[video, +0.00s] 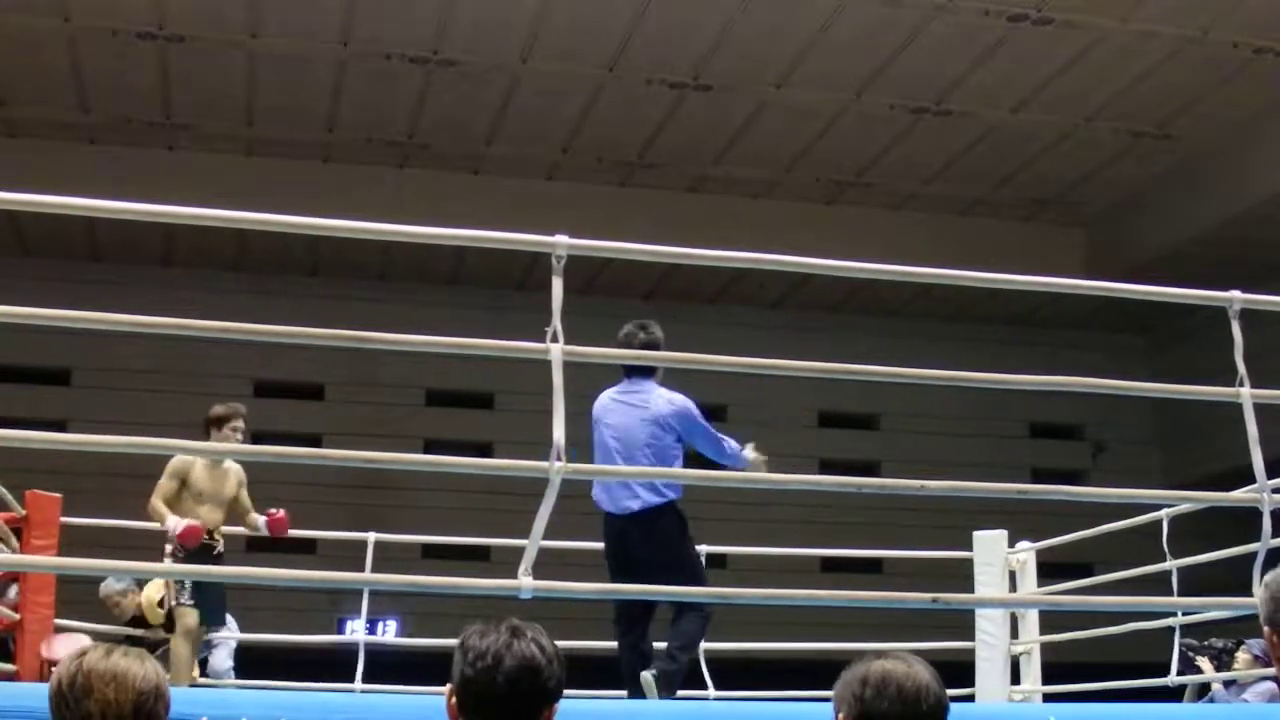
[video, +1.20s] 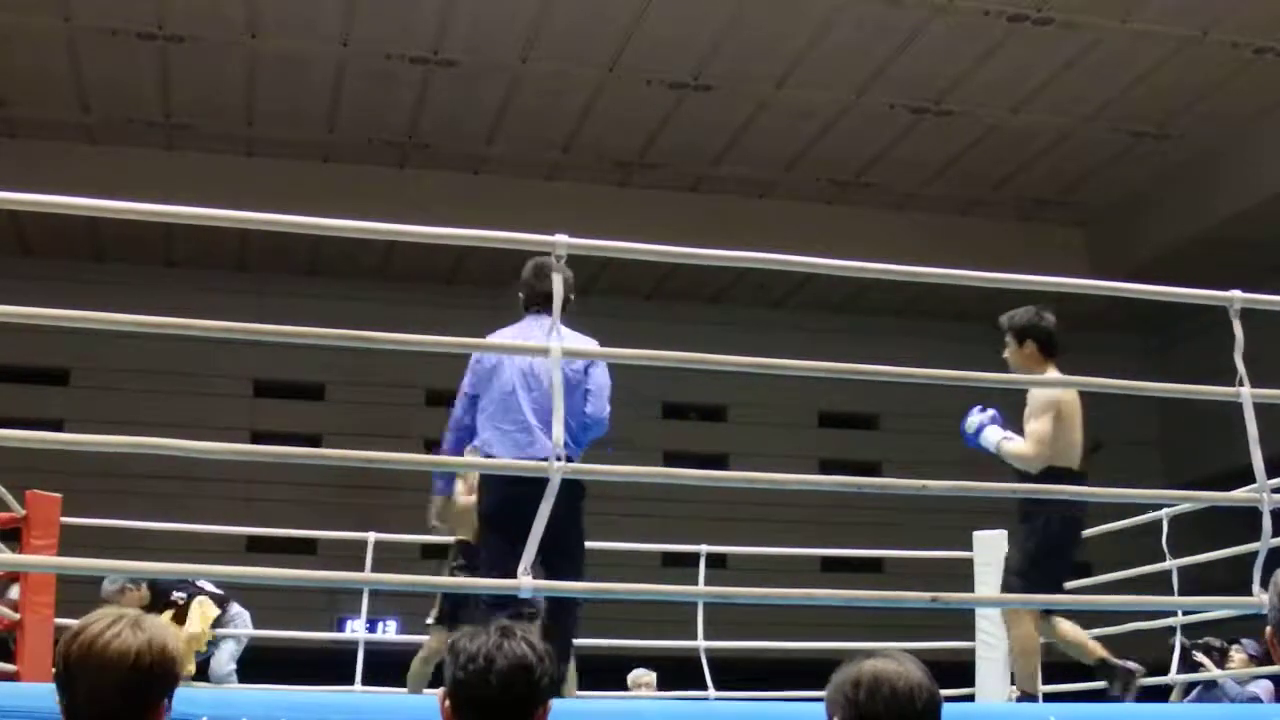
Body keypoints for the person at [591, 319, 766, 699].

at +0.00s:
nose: (657, 359)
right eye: (659, 353)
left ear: (622, 358)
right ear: (660, 360)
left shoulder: (602, 403)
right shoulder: (673, 405)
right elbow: (713, 444)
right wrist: (744, 456)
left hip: (615, 524)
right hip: (661, 521)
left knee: (631, 610)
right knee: (694, 600)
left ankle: (635, 700)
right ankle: (664, 677)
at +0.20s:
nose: (660, 360)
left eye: (655, 354)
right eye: (658, 354)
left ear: (615, 359)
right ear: (652, 360)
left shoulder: (592, 409)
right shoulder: (670, 407)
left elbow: (600, 458)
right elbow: (694, 467)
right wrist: (698, 445)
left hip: (611, 524)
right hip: (657, 520)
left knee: (626, 609)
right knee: (681, 603)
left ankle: (635, 699)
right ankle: (645, 665)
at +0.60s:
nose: (649, 334)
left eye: (646, 326)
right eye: (646, 327)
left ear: (600, 331)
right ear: (636, 332)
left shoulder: (572, 379)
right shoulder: (645, 377)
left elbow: (548, 442)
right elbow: (651, 439)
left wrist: (569, 474)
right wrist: (654, 478)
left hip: (577, 496)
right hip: (621, 495)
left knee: (594, 587)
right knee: (620, 588)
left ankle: (600, 678)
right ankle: (608, 685)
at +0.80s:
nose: (622, 324)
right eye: (621, 319)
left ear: (576, 322)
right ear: (617, 325)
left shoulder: (548, 374)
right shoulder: (626, 373)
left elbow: (538, 444)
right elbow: (638, 442)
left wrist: (556, 479)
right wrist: (625, 472)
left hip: (554, 492)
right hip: (602, 494)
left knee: (550, 593)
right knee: (605, 592)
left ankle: (536, 690)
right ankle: (605, 691)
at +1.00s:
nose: (539, 318)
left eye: (542, 312)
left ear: (542, 318)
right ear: (588, 323)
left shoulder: (517, 369)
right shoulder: (606, 370)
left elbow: (517, 422)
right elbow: (616, 434)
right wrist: (596, 465)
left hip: (521, 491)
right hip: (578, 494)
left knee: (511, 593)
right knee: (579, 596)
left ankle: (503, 697)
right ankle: (594, 696)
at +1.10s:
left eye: (531, 305)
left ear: (531, 310)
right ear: (577, 312)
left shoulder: (502, 361)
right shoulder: (595, 361)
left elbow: (489, 425)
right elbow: (607, 426)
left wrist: (512, 457)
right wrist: (584, 458)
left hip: (506, 487)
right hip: (567, 490)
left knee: (501, 588)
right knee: (572, 591)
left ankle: (494, 692)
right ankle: (578, 695)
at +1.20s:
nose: (569, 300)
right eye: (570, 294)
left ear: (523, 296)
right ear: (568, 298)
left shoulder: (492, 343)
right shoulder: (584, 347)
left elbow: (462, 418)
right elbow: (597, 414)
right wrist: (568, 448)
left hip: (499, 477)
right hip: (557, 479)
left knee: (497, 577)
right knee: (564, 579)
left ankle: (493, 676)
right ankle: (551, 679)